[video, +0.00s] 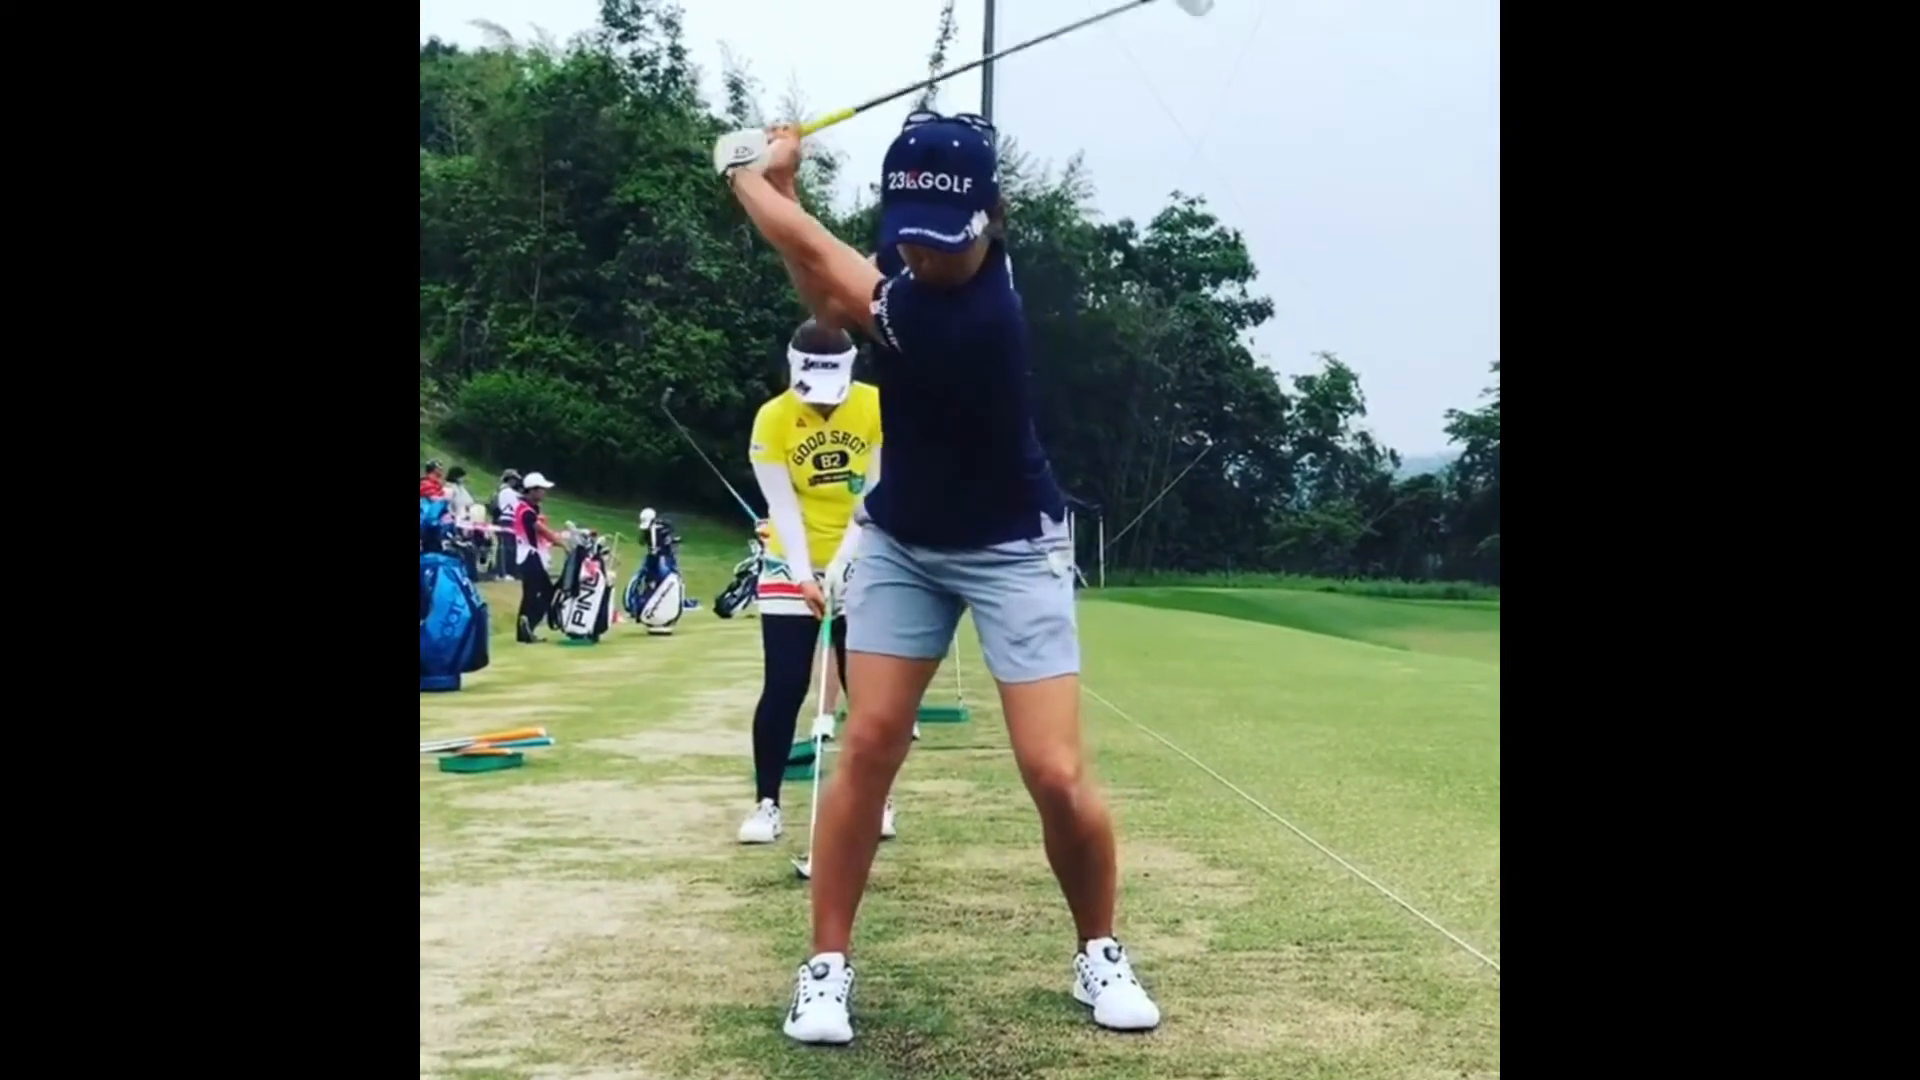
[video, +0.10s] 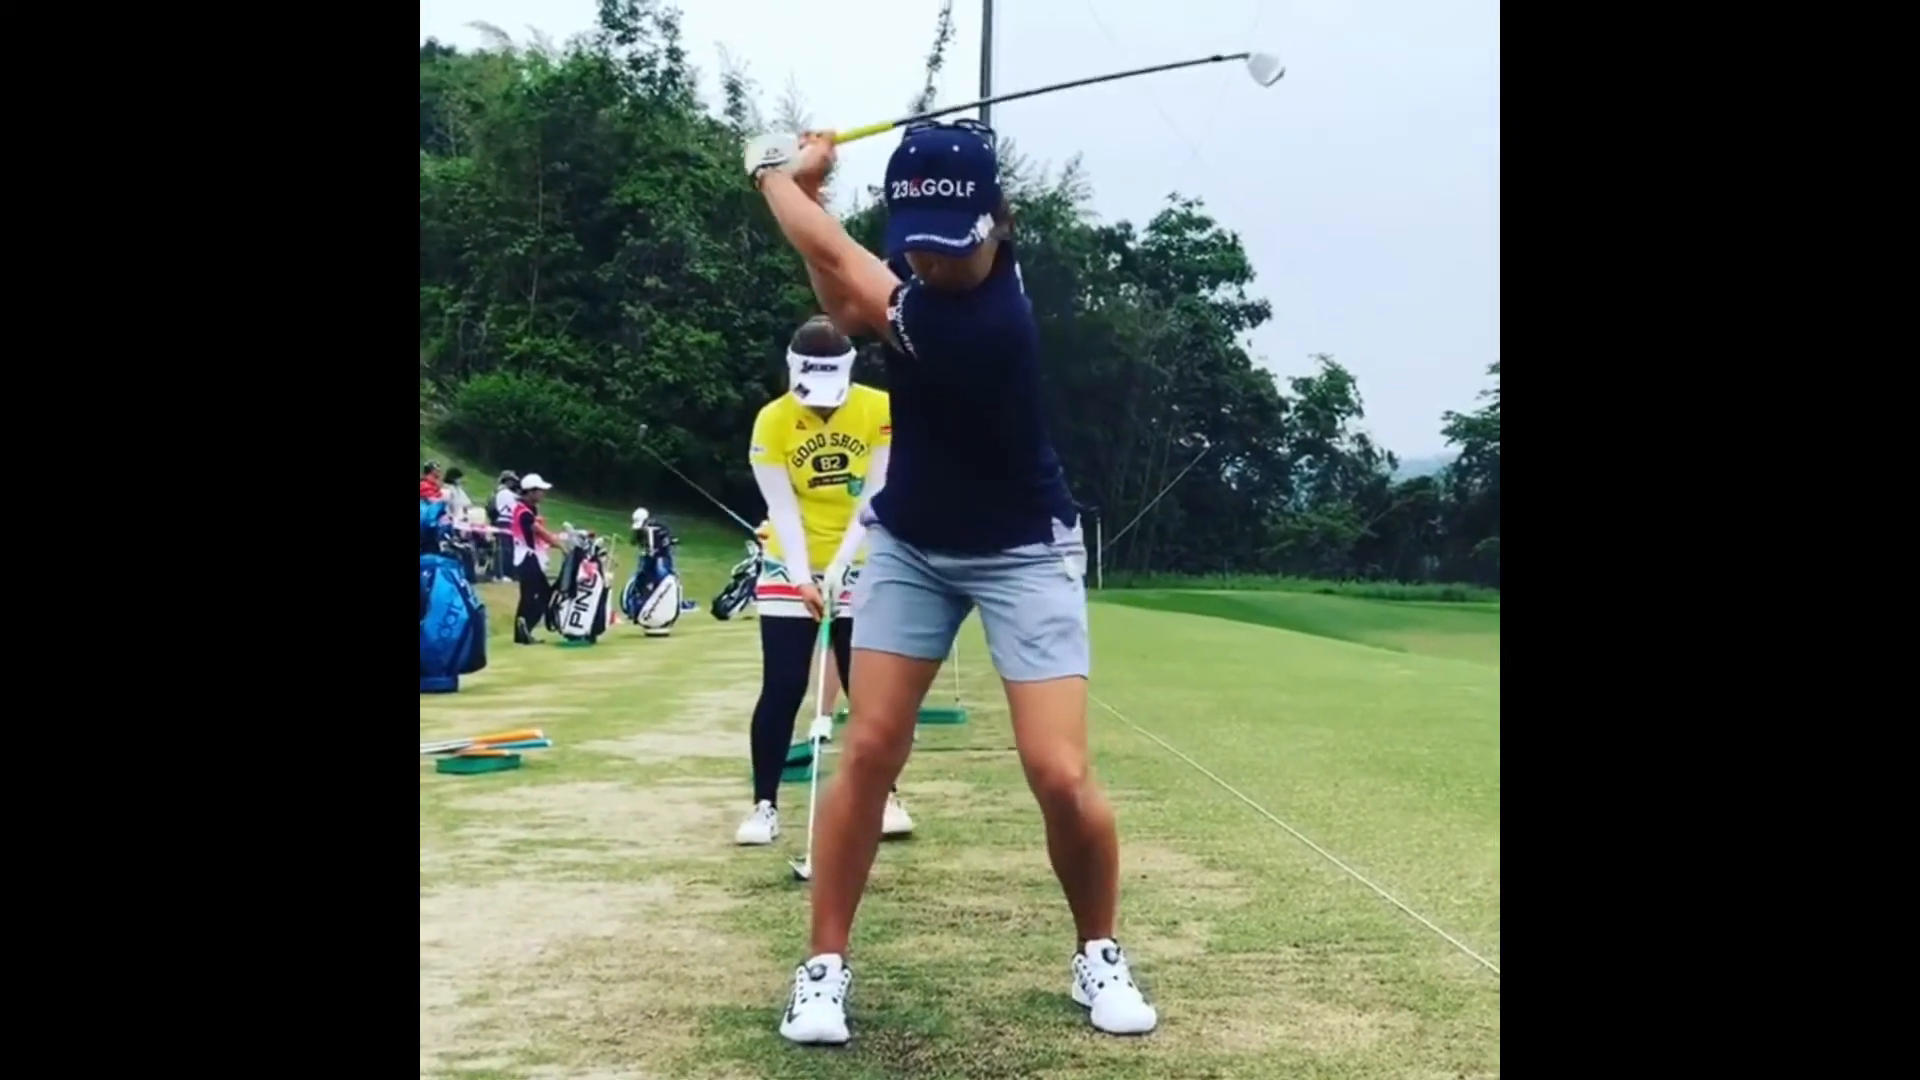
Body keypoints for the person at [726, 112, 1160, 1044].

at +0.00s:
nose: (931, 253)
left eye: (952, 233)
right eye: (914, 233)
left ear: (991, 214)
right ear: (891, 213)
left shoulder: (977, 311)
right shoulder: (904, 276)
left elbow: (808, 253)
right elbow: (836, 291)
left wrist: (747, 176)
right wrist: (783, 188)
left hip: (1016, 551)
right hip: (900, 543)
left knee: (1057, 775)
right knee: (871, 736)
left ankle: (1100, 952)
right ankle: (827, 962)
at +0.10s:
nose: (938, 260)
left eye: (957, 239)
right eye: (920, 241)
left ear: (998, 217)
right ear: (896, 222)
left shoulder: (992, 316)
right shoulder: (910, 284)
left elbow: (828, 253)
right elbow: (847, 304)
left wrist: (772, 175)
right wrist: (811, 189)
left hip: (1025, 555)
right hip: (908, 548)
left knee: (1063, 777)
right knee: (869, 746)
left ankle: (1099, 952)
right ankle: (825, 962)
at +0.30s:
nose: (981, 281)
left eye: (985, 258)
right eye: (959, 274)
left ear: (994, 219)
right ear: (913, 263)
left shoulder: (1057, 255)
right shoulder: (895, 327)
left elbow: (1063, 416)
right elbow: (931, 475)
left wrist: (1042, 550)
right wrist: (989, 569)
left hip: (1084, 525)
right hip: (974, 542)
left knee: (1117, 725)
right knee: (950, 749)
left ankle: (1108, 953)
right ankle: (830, 959)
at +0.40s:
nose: (998, 278)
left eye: (998, 253)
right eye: (974, 272)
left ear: (995, 217)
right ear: (928, 265)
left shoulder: (1014, 214)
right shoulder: (951, 356)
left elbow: (1105, 322)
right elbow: (1101, 423)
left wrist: (1199, 424)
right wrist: (1225, 446)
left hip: (1093, 512)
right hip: (1013, 535)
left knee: (1097, 728)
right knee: (969, 752)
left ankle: (1094, 952)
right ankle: (819, 941)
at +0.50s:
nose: (1036, 248)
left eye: (1035, 231)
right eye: (1015, 242)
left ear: (960, 246)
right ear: (962, 255)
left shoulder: (971, 262)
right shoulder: (1038, 320)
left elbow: (1090, 265)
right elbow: (1138, 287)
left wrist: (1196, 252)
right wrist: (1208, 227)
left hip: (1066, 525)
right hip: (1052, 539)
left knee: (1093, 725)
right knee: (1004, 757)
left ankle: (1088, 951)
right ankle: (834, 920)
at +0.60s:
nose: (1101, 223)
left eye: (1095, 207)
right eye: (1083, 217)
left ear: (993, 204)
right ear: (1029, 221)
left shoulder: (953, 239)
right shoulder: (1104, 278)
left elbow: (1084, 215)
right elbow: (1119, 203)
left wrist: (1119, 134)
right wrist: (1110, 114)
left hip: (1007, 509)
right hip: (1069, 524)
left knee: (1083, 739)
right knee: (1024, 760)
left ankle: (1085, 958)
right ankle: (875, 924)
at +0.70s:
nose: (1129, 183)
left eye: (1123, 168)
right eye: (1114, 176)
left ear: (1020, 182)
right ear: (1072, 191)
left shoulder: (970, 244)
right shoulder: (1133, 252)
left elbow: (975, 182)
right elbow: (1063, 176)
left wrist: (986, 95)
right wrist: (1004, 87)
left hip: (1002, 515)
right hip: (1081, 522)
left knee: (1078, 744)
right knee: (1023, 762)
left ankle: (1081, 958)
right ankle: (878, 927)